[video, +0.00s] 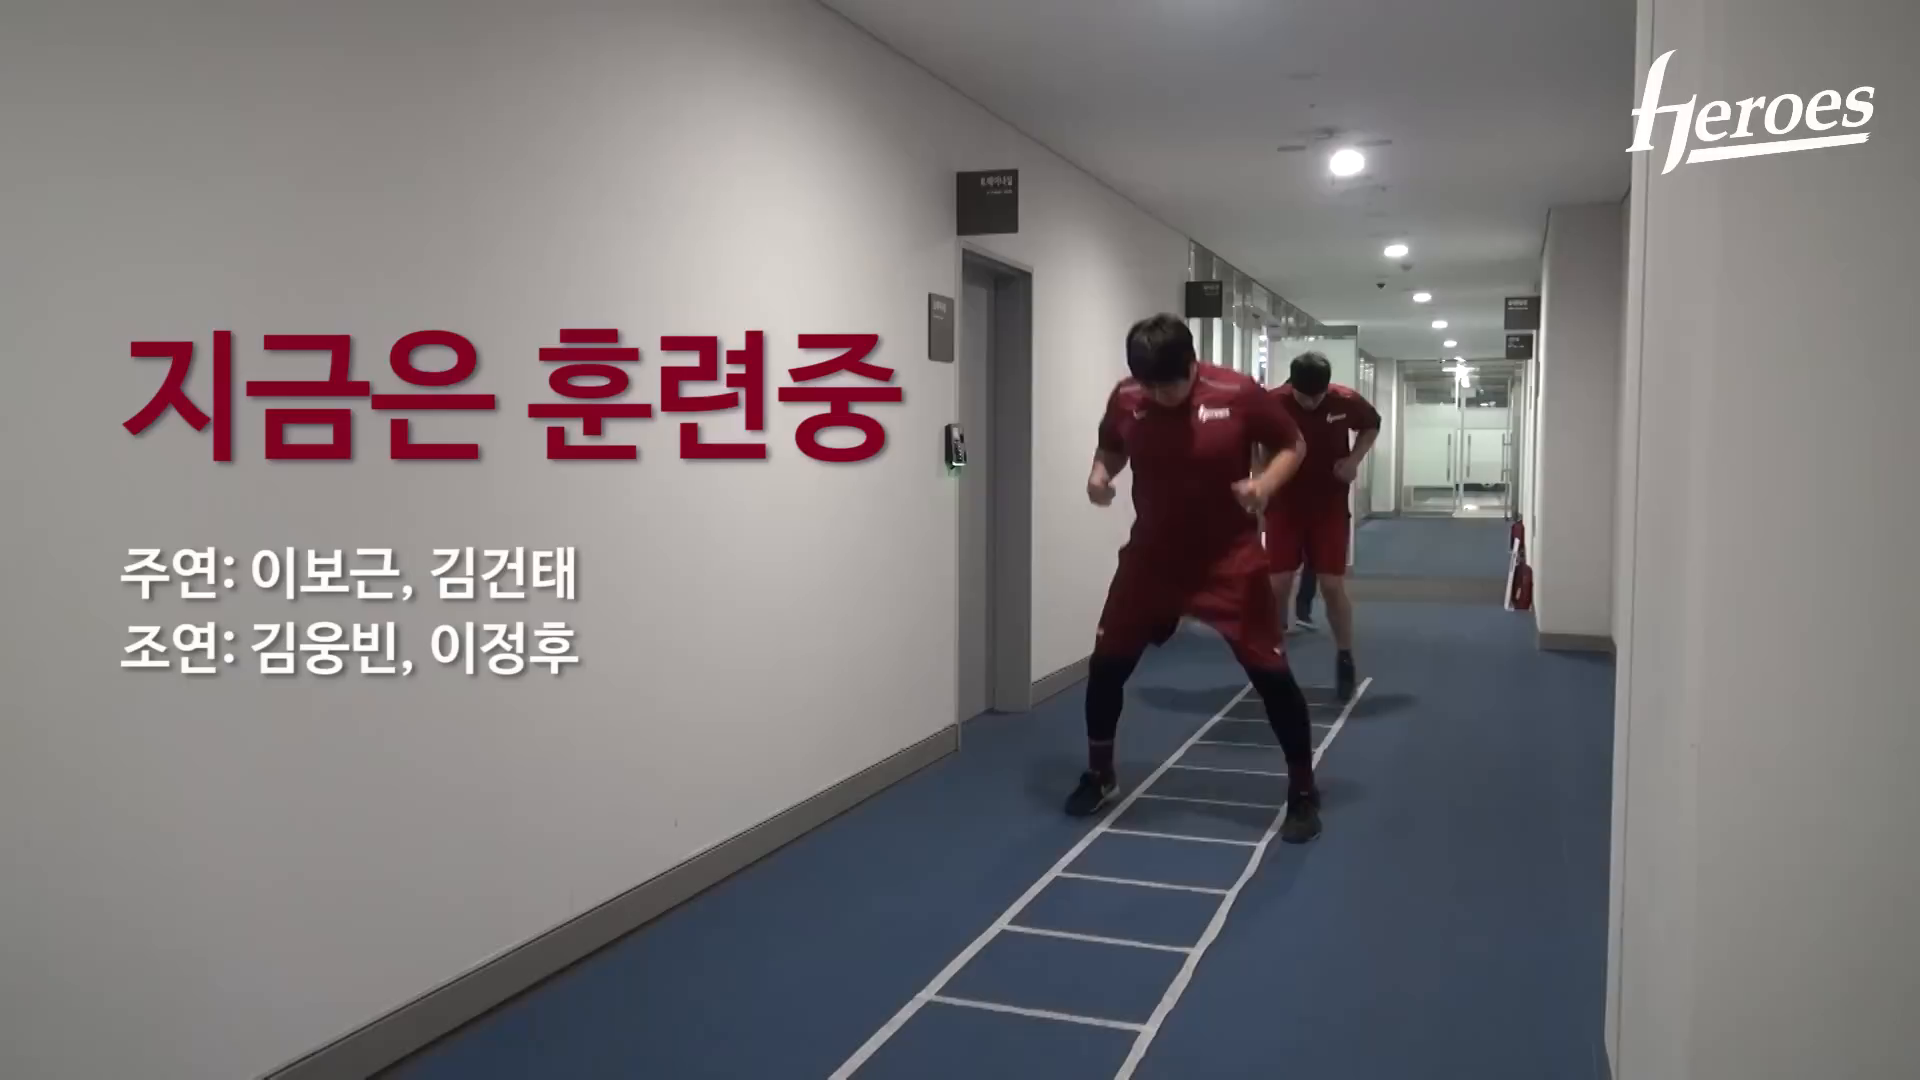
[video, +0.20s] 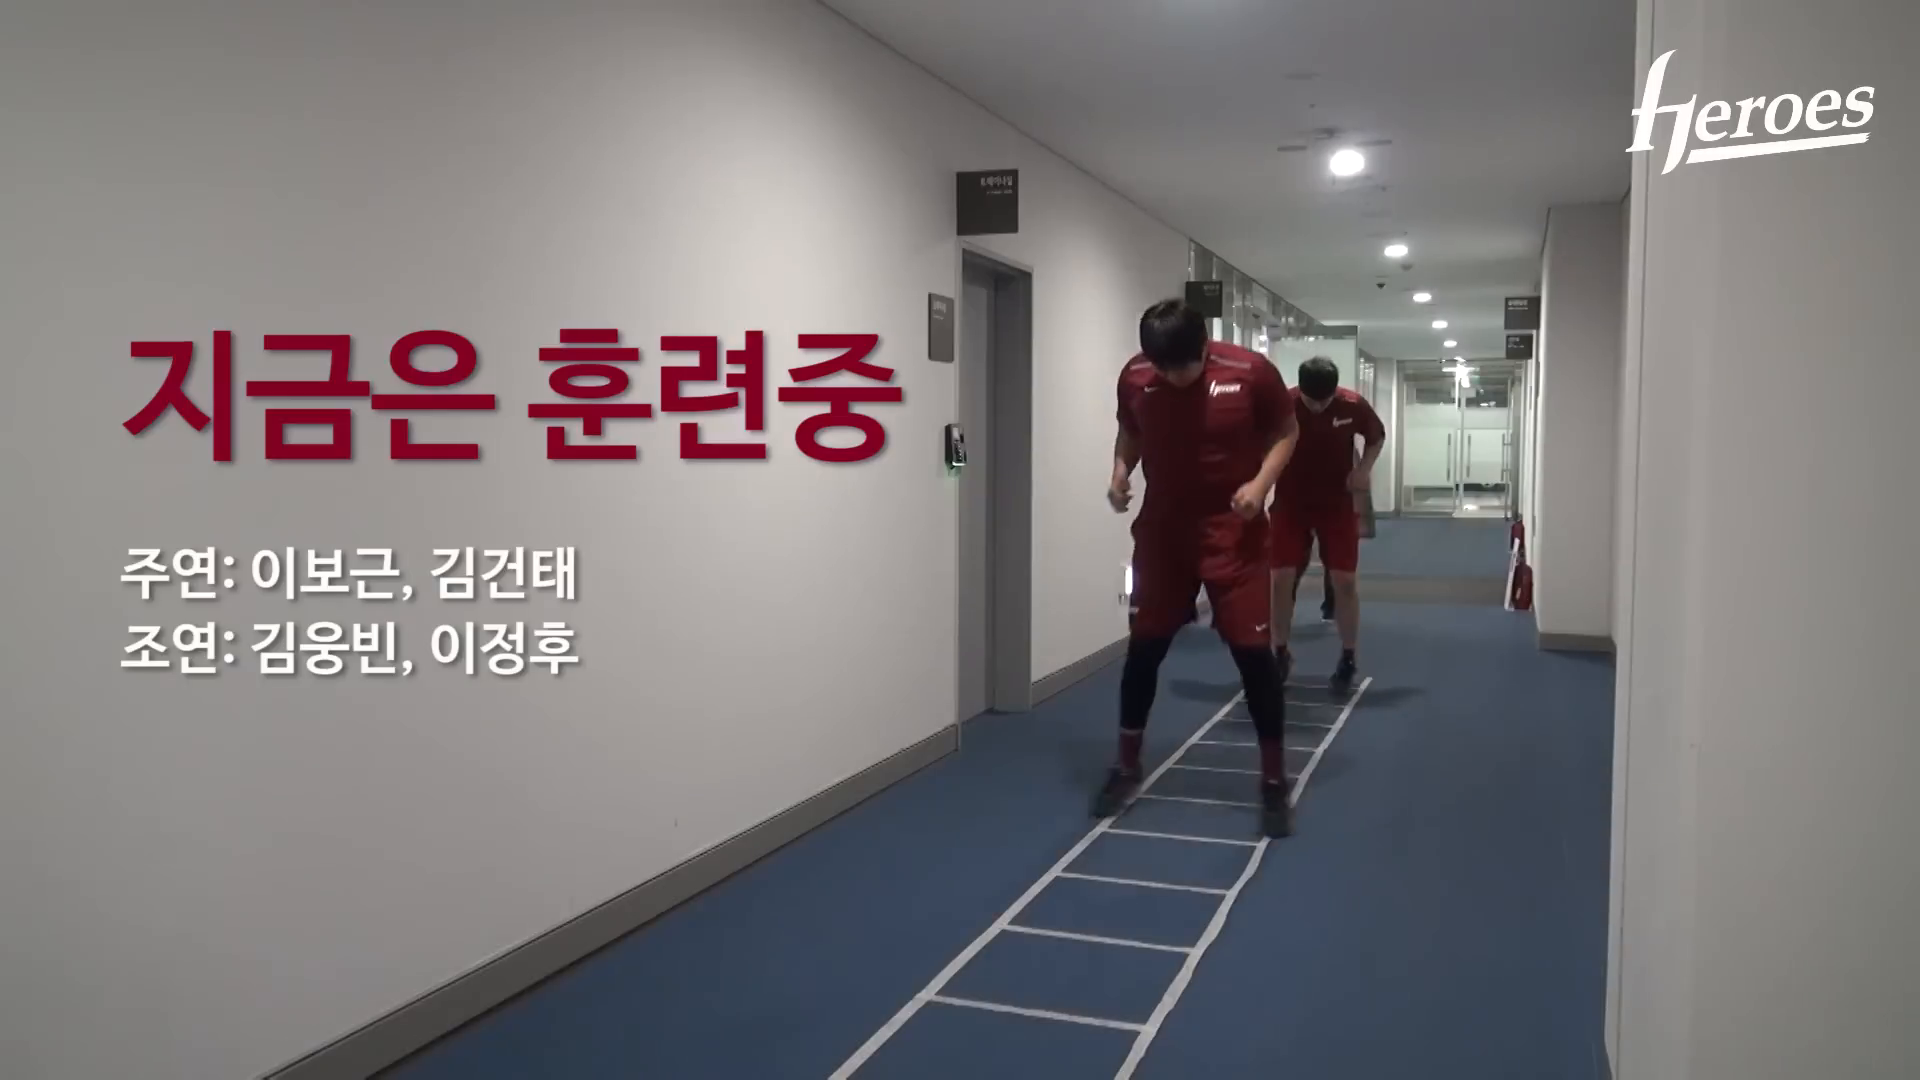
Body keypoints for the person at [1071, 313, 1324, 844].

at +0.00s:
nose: (1162, 397)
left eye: (1171, 387)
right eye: (1152, 388)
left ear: (1191, 367)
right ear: (1138, 376)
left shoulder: (1239, 395)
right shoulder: (1127, 401)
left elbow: (1293, 445)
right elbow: (1110, 448)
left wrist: (1264, 482)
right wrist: (1100, 476)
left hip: (1228, 557)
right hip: (1152, 555)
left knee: (1268, 670)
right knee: (1106, 665)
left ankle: (1302, 791)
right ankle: (1100, 774)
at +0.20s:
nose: (1175, 378)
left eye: (1183, 368)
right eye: (1165, 370)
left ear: (1202, 347)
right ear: (1152, 356)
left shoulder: (1251, 372)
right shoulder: (1137, 379)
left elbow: (1287, 430)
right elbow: (1131, 431)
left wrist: (1261, 483)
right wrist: (1121, 470)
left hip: (1234, 535)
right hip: (1162, 535)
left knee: (1252, 651)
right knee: (1145, 646)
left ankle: (1273, 776)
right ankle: (1127, 763)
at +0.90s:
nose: (1191, 384)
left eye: (1198, 375)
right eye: (1183, 377)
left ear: (1217, 355)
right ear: (1171, 365)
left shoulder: (1269, 368)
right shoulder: (1167, 385)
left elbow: (1304, 413)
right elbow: (1166, 430)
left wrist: (1284, 465)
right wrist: (1161, 471)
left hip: (1265, 519)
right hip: (1198, 519)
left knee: (1274, 630)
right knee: (1183, 625)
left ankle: (1282, 743)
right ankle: (1182, 740)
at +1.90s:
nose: (1182, 383)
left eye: (1182, 373)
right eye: (1177, 377)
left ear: (1200, 355)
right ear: (1192, 361)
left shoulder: (1270, 372)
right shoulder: (1196, 394)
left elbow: (1330, 412)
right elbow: (1208, 436)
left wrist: (1359, 461)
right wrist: (1183, 477)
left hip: (1280, 507)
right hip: (1226, 507)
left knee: (1302, 608)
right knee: (1196, 605)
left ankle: (1325, 709)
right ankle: (1197, 699)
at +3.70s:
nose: (1226, 378)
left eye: (1225, 369)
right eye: (1222, 371)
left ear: (1238, 360)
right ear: (1237, 362)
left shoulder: (1298, 378)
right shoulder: (1246, 395)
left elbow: (1344, 414)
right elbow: (1261, 446)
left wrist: (1325, 459)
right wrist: (1247, 476)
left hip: (1308, 495)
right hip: (1263, 497)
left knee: (1315, 579)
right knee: (1251, 577)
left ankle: (1321, 656)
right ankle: (1260, 660)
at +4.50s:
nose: (1258, 362)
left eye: (1258, 356)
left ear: (1261, 358)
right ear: (1291, 358)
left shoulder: (1273, 391)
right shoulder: (1306, 392)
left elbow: (1284, 440)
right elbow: (1325, 443)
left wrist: (1257, 473)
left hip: (1296, 493)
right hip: (1320, 491)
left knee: (1301, 575)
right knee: (1297, 573)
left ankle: (1340, 658)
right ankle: (1293, 652)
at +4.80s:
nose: (1249, 361)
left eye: (1249, 355)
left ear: (1251, 358)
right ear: (1281, 358)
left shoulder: (1249, 393)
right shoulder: (1302, 394)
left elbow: (1247, 447)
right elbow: (1321, 447)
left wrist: (1228, 490)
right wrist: (1312, 484)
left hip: (1268, 493)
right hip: (1304, 493)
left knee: (1236, 569)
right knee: (1292, 571)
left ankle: (1286, 634)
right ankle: (1295, 654)